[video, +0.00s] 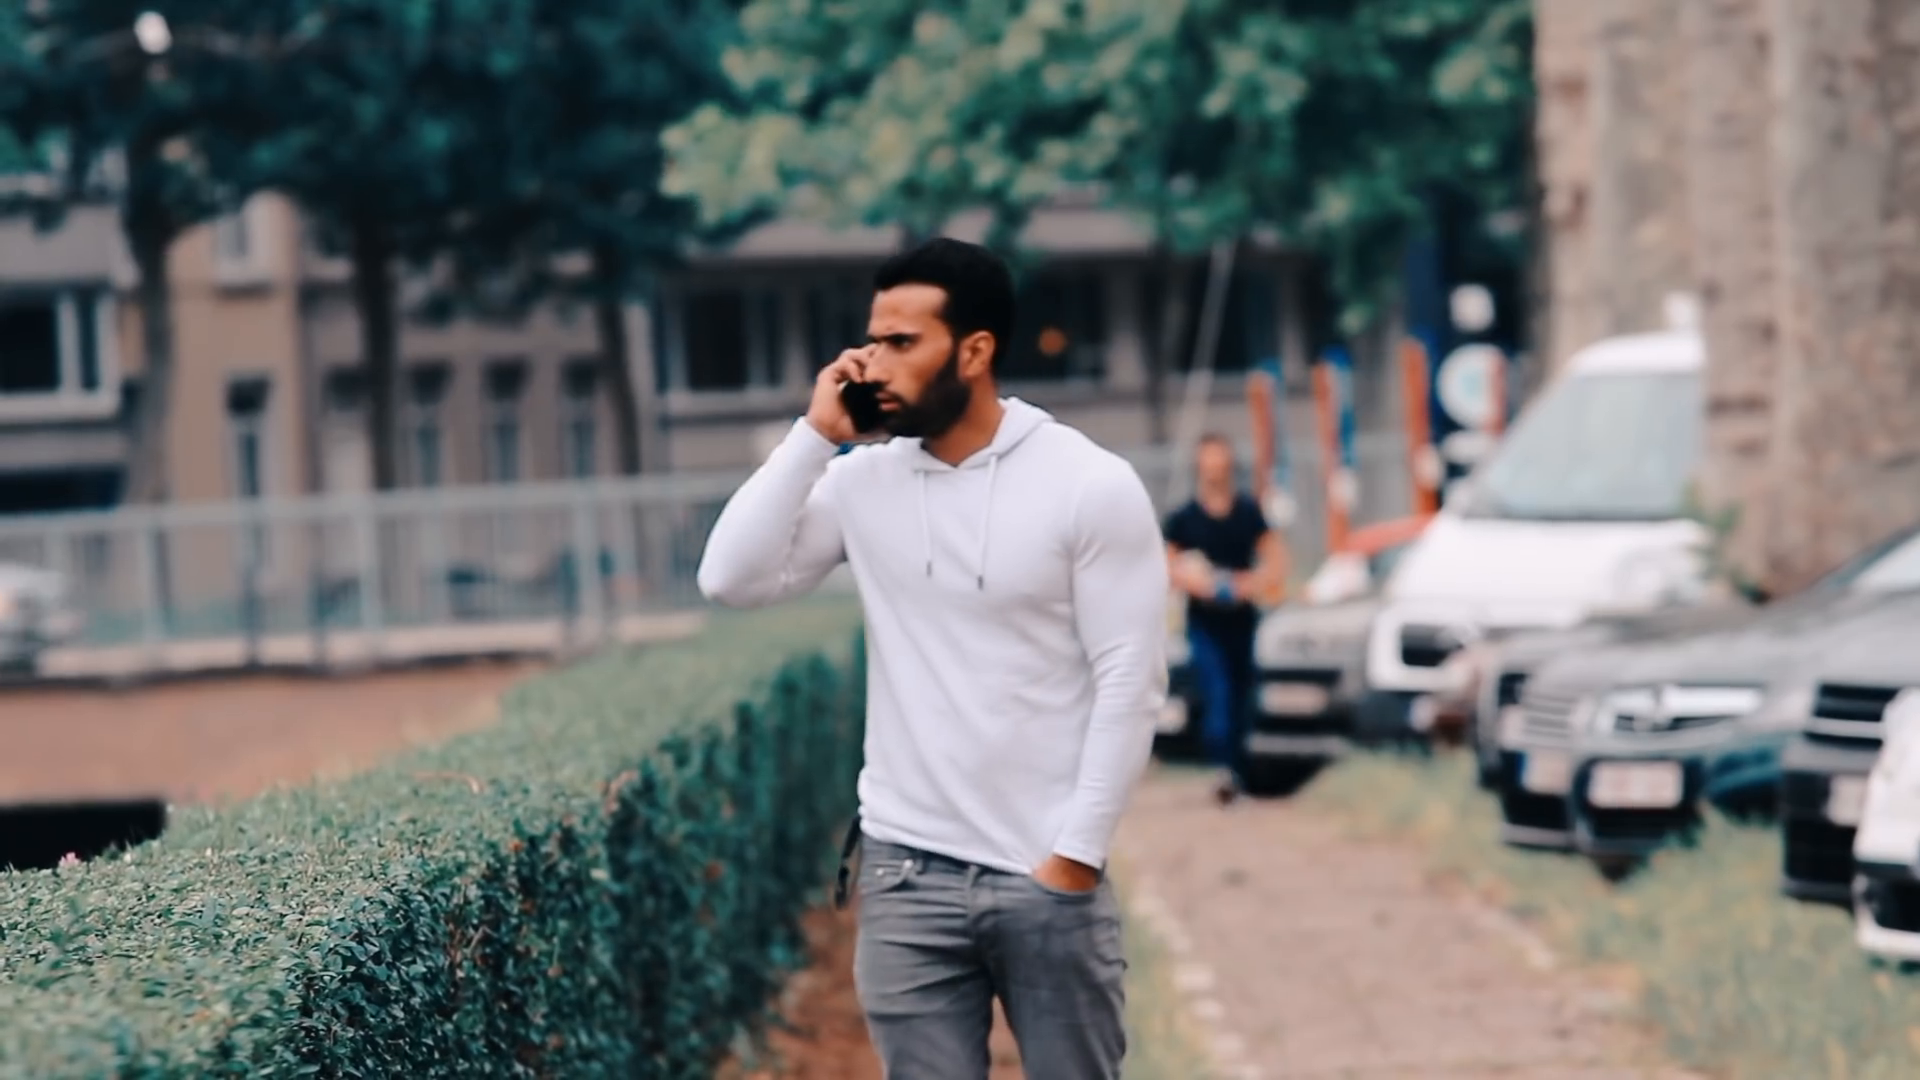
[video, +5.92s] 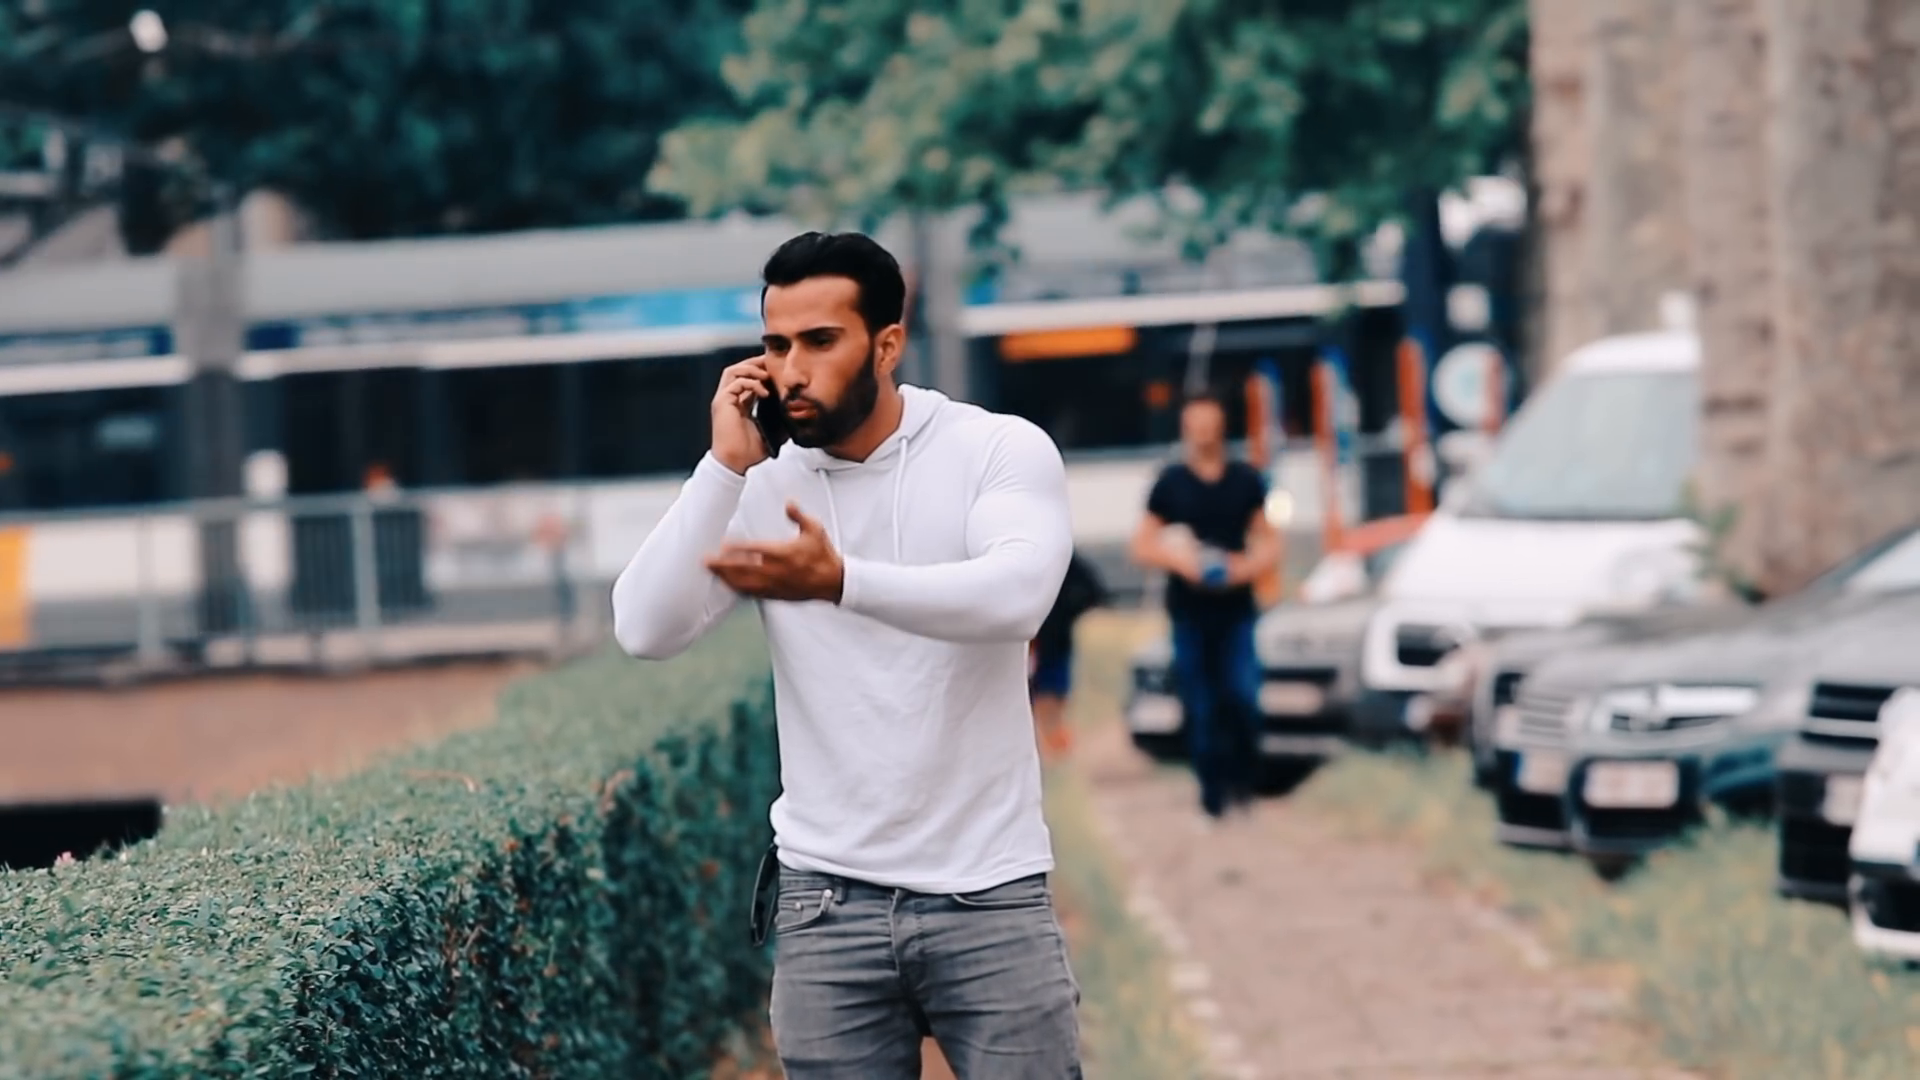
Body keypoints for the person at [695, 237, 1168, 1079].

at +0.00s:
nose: (872, 366)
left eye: (899, 343)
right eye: (871, 342)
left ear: (976, 353)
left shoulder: (1091, 487)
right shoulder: (857, 480)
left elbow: (1130, 681)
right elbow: (729, 579)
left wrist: (1076, 858)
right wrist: (817, 436)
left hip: (1046, 885)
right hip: (903, 878)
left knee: (1077, 1068)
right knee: (925, 1068)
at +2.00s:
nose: (923, 410)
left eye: (947, 381)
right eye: (901, 383)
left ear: (998, 366)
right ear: (874, 372)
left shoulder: (1090, 505)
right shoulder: (815, 488)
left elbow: (1127, 696)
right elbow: (745, 631)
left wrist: (1067, 864)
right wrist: (853, 481)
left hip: (1028, 903)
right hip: (874, 906)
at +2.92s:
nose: (801, 365)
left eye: (830, 336)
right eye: (787, 339)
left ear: (897, 346)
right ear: (770, 350)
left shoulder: (1008, 475)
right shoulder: (752, 487)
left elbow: (1118, 647)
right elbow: (630, 605)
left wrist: (1026, 778)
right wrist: (729, 448)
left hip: (979, 909)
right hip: (815, 909)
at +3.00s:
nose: (792, 369)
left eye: (822, 339)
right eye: (777, 342)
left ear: (888, 346)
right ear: (760, 351)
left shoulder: (996, 472)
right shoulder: (741, 487)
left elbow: (1106, 643)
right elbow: (623, 608)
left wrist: (994, 724)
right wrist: (722, 452)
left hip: (975, 900)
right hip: (808, 904)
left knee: (1024, 1065)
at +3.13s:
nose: (792, 370)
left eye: (822, 341)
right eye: (778, 344)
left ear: (888, 346)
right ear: (761, 351)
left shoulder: (994, 469)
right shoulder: (742, 486)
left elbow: (1085, 644)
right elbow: (624, 609)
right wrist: (721, 452)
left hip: (973, 897)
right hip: (804, 901)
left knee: (1018, 1064)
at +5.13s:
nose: (799, 371)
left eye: (827, 342)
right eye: (785, 346)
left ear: (895, 346)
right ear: (769, 352)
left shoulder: (1011, 448)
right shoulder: (763, 485)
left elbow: (1038, 592)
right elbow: (651, 627)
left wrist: (871, 532)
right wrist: (732, 468)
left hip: (1000, 893)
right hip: (830, 899)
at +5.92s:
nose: (789, 372)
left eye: (819, 341)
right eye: (777, 346)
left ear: (887, 344)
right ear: (762, 352)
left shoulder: (1003, 450)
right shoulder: (763, 485)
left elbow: (1015, 598)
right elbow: (644, 628)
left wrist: (841, 581)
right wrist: (723, 465)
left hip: (992, 896)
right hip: (823, 902)